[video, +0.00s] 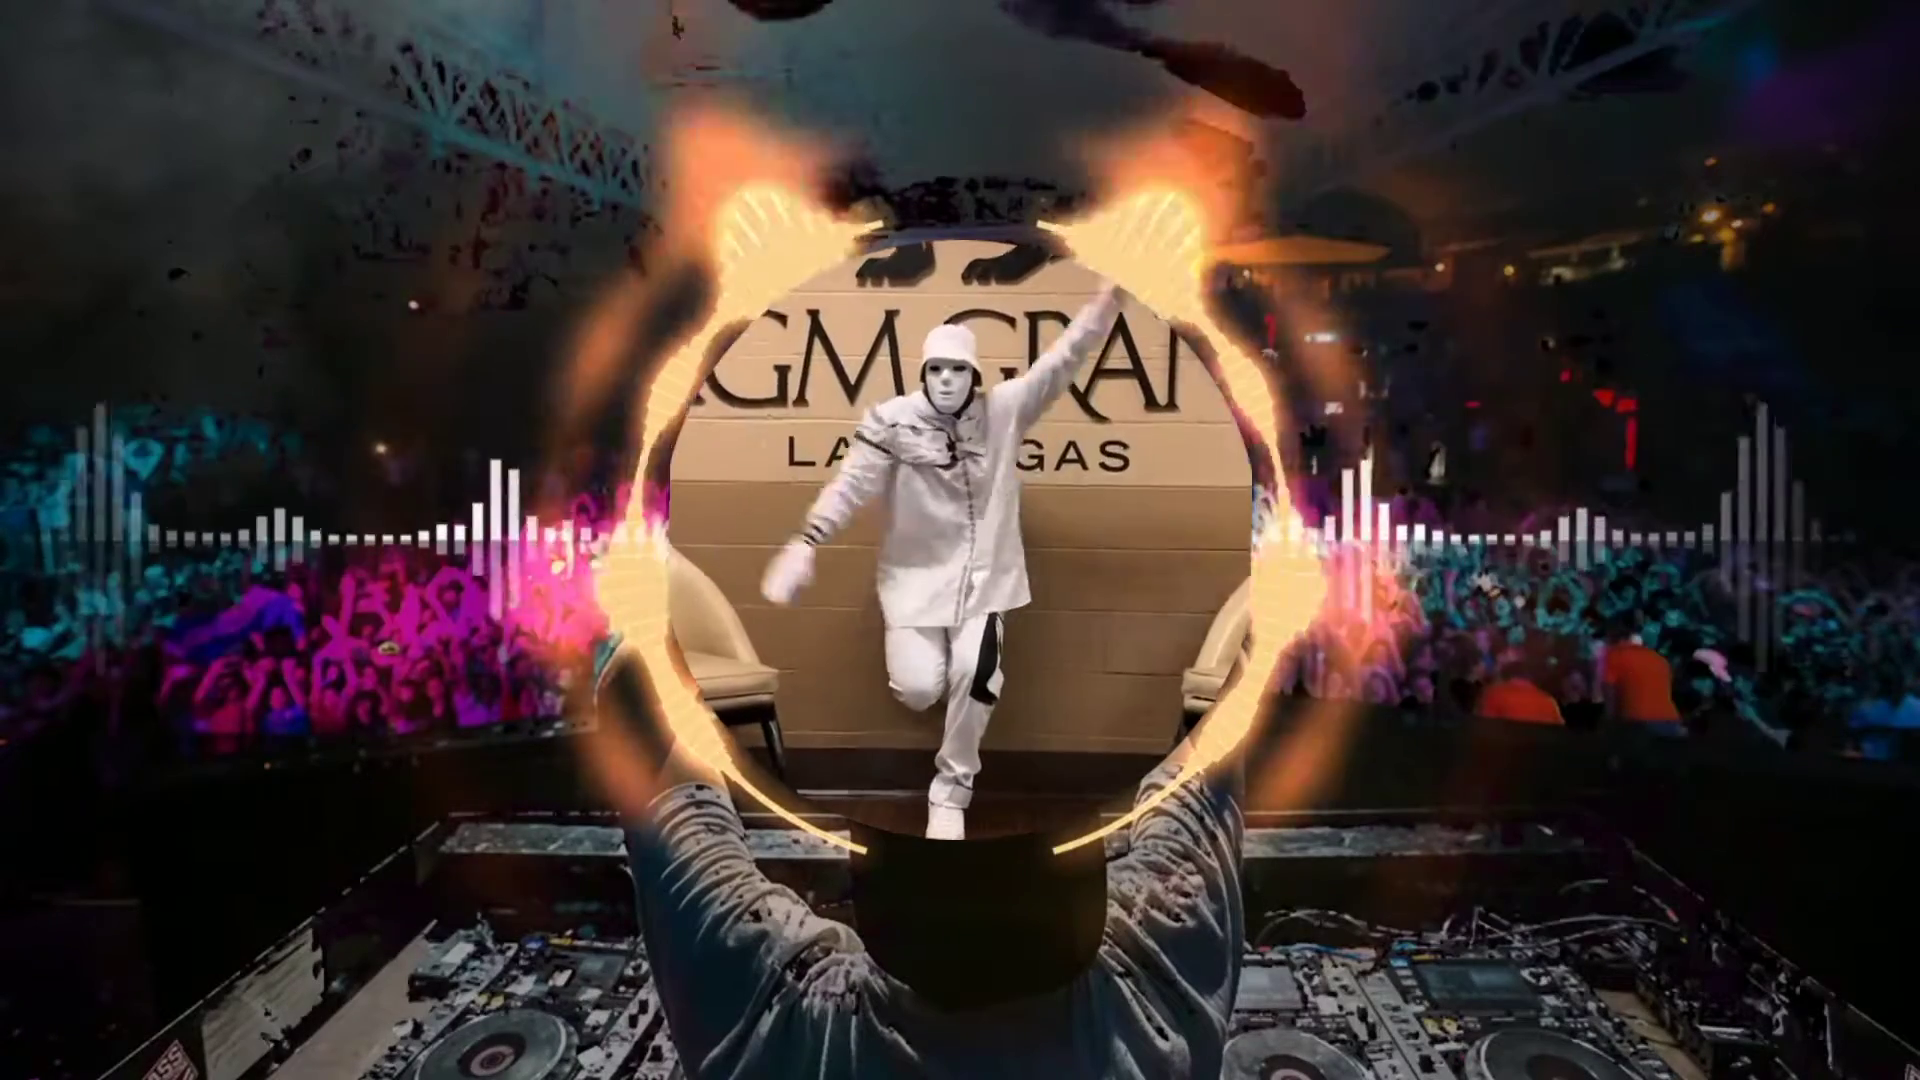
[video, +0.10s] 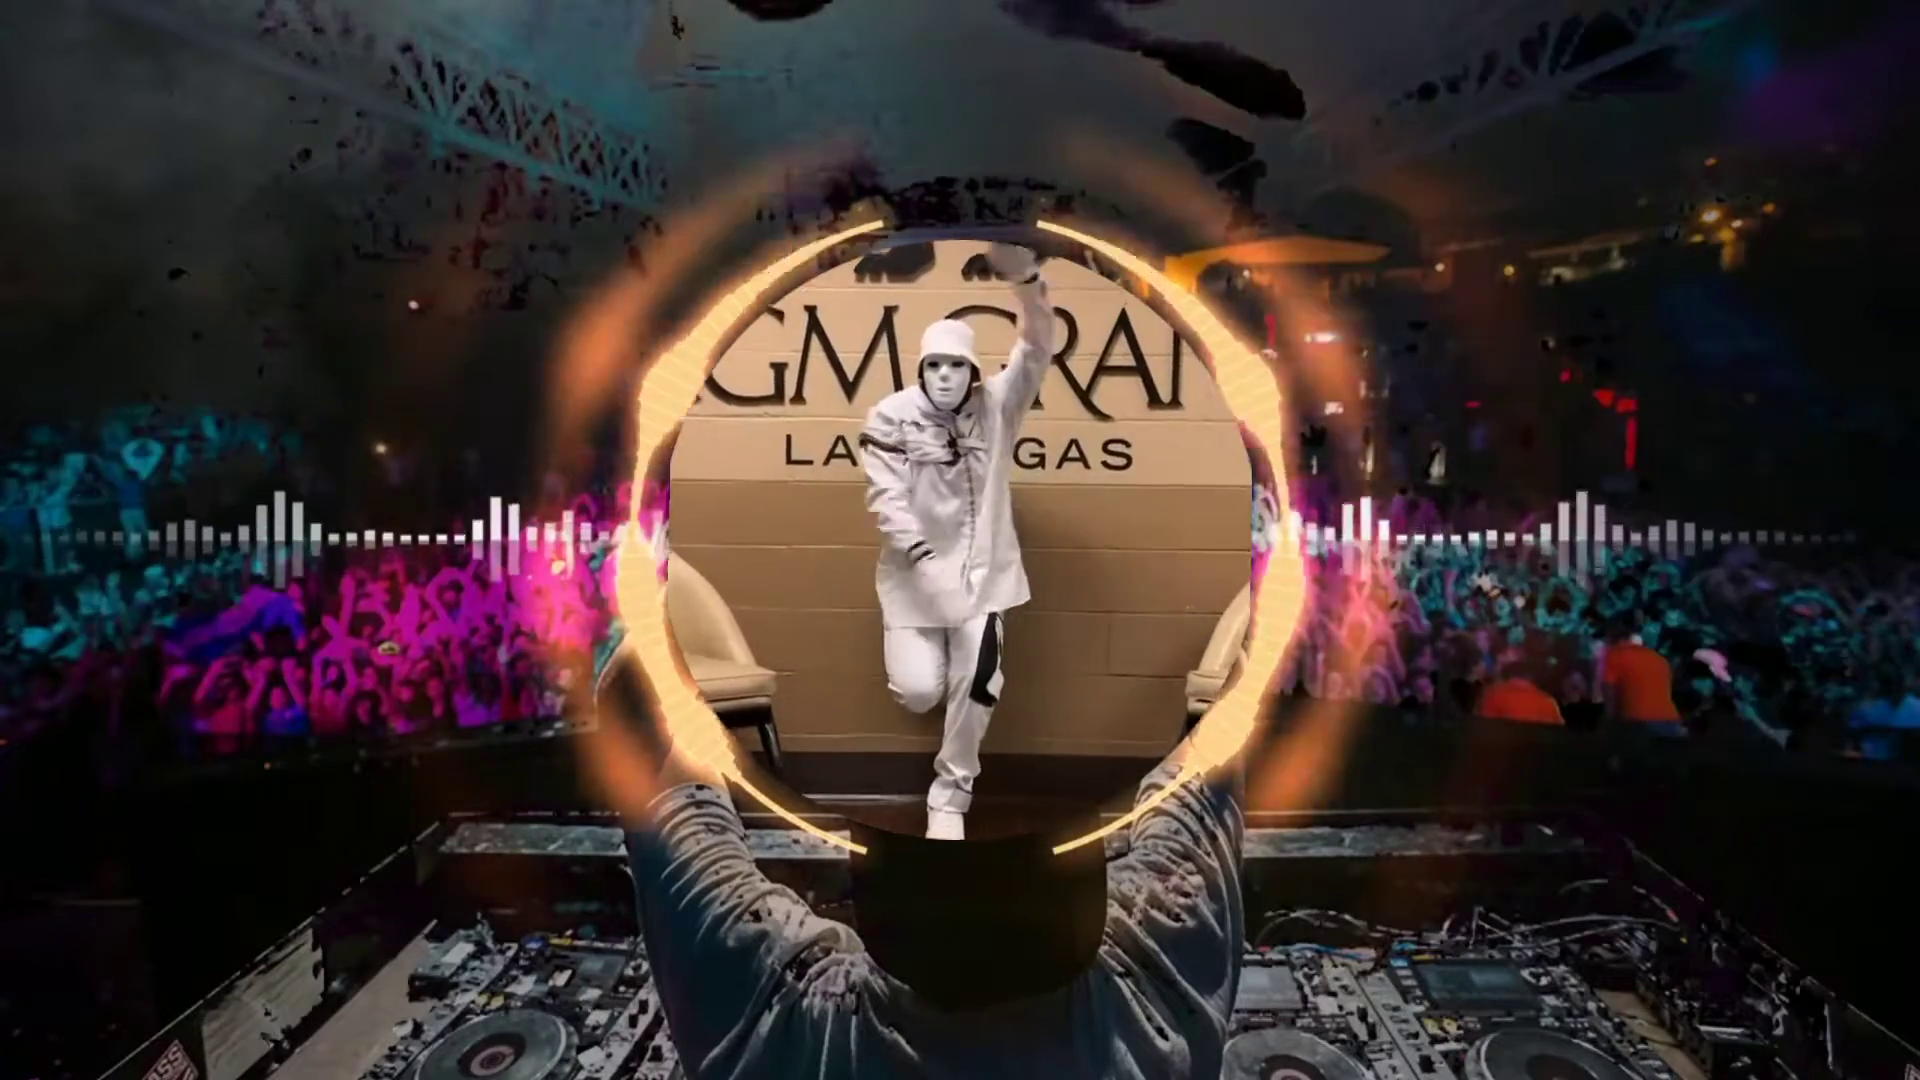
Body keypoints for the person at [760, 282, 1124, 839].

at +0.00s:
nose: (946, 381)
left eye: (958, 371)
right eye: (936, 370)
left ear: (975, 375)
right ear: (923, 373)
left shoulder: (1002, 411)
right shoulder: (892, 422)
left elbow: (1061, 363)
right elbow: (850, 487)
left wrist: (1105, 305)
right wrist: (806, 542)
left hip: (982, 577)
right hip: (915, 579)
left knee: (978, 684)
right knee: (918, 689)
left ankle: (950, 797)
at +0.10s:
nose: (945, 377)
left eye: (955, 367)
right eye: (935, 367)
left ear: (972, 371)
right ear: (920, 371)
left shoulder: (999, 406)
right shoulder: (890, 421)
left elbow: (1035, 353)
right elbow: (887, 500)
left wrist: (1027, 280)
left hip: (982, 575)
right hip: (915, 576)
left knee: (978, 695)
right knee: (917, 693)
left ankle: (950, 803)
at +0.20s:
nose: (942, 371)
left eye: (954, 361)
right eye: (932, 360)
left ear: (971, 367)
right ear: (918, 365)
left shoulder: (998, 402)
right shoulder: (893, 411)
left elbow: (1033, 339)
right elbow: (891, 487)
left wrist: (968, 307)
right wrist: (972, 503)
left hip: (984, 571)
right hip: (914, 574)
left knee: (974, 687)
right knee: (917, 692)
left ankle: (948, 806)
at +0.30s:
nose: (943, 367)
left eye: (955, 357)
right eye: (933, 357)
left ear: (971, 364)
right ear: (919, 362)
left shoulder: (999, 401)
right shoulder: (891, 410)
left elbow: (1035, 335)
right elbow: (886, 486)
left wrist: (968, 303)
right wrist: (969, 502)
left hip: (982, 577)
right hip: (912, 580)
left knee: (975, 693)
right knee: (918, 703)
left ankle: (948, 810)